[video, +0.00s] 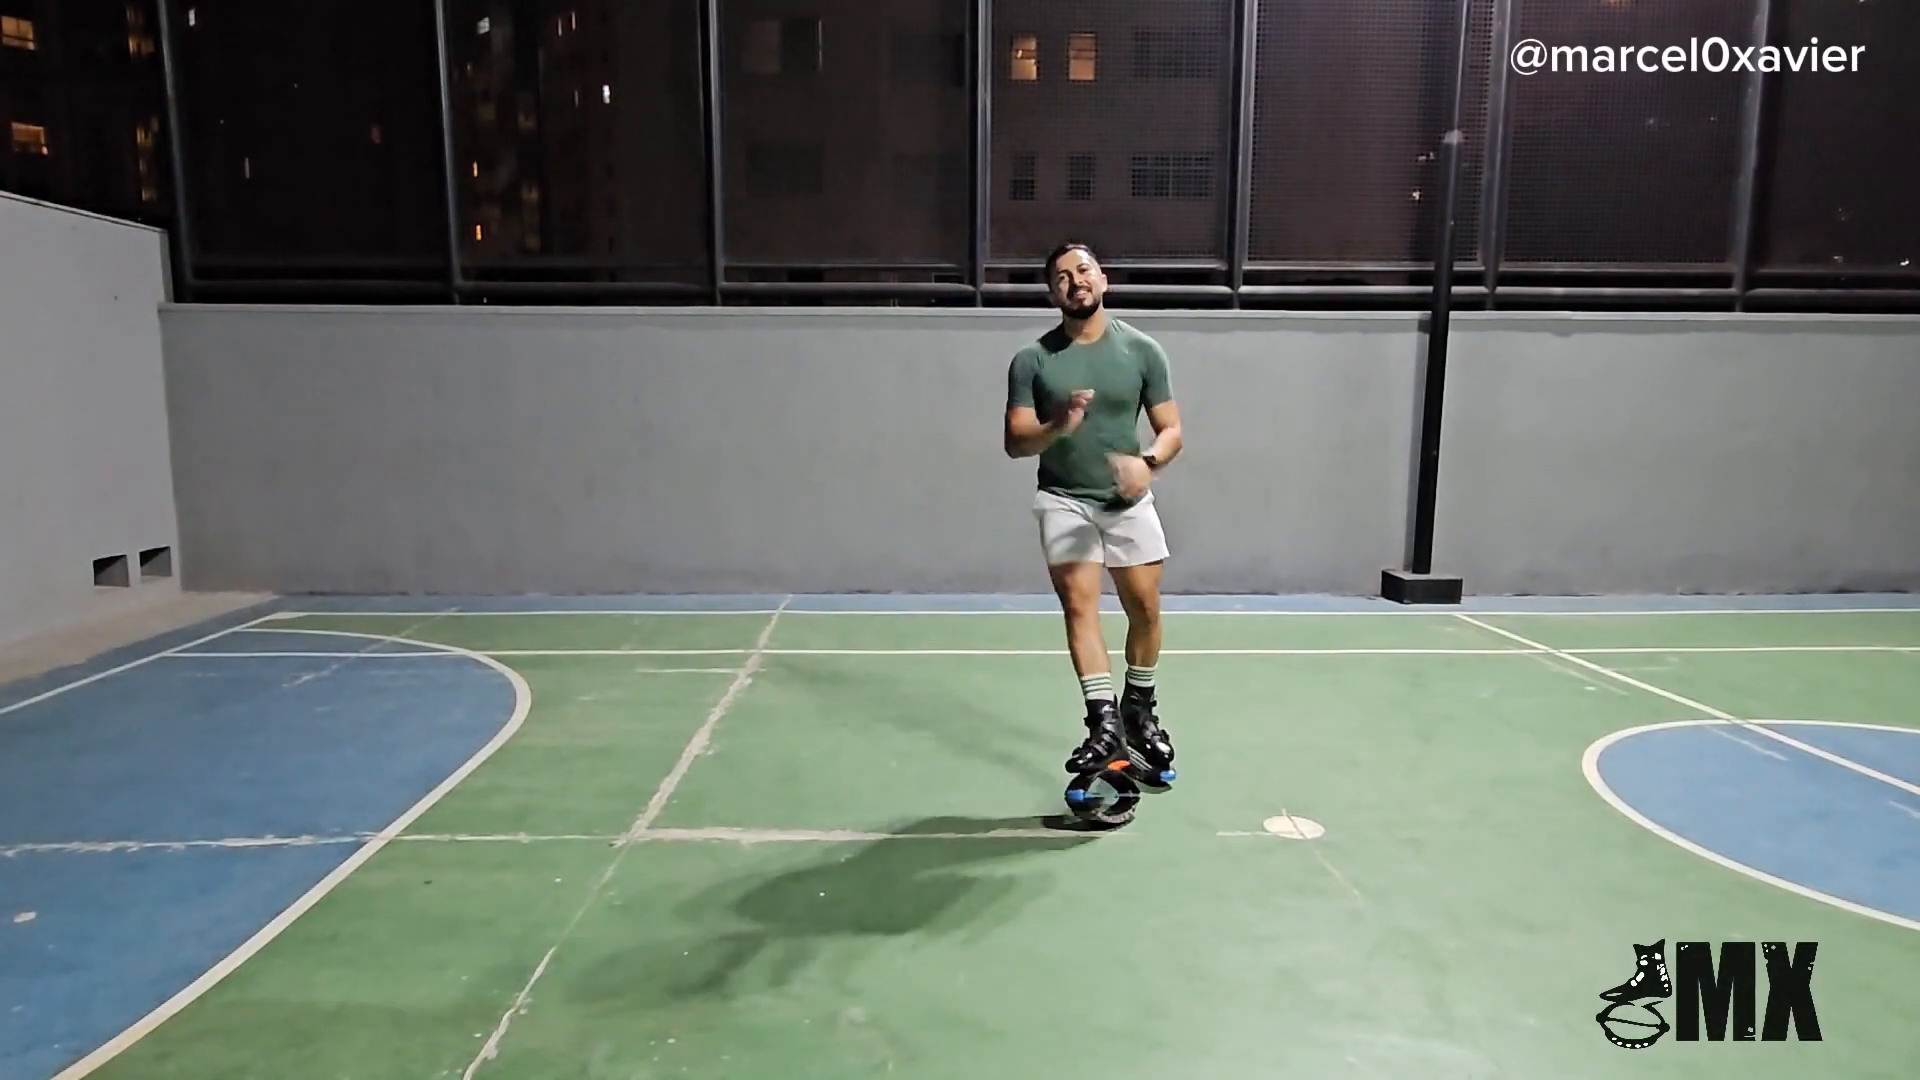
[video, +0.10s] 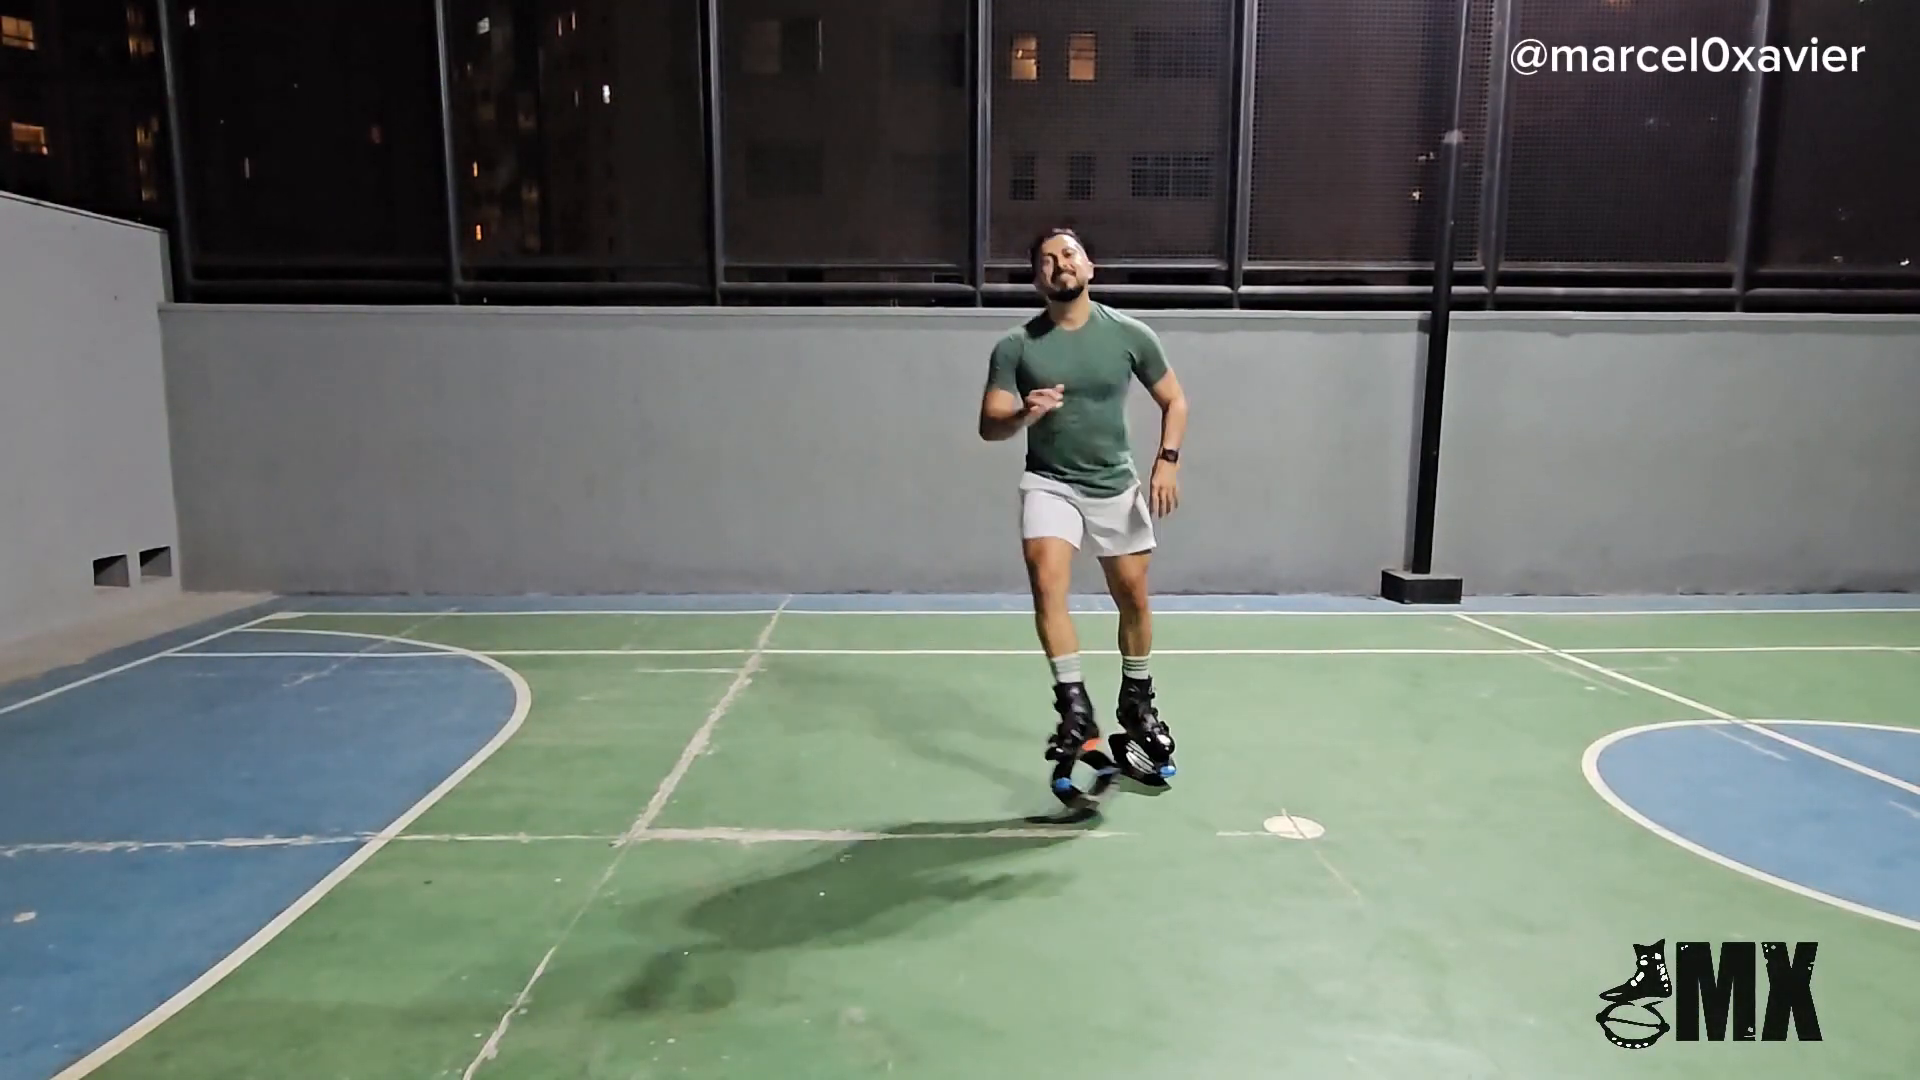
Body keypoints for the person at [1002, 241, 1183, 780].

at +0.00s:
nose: (1076, 282)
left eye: (1083, 271)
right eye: (1064, 277)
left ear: (1103, 280)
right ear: (1053, 294)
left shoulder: (1142, 351)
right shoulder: (1031, 360)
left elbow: (1171, 431)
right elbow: (1017, 441)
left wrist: (1149, 463)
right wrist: (1058, 427)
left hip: (1130, 501)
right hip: (1065, 503)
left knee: (1146, 609)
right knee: (1078, 606)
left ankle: (1140, 713)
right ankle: (1103, 728)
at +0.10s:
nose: (1061, 265)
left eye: (1069, 255)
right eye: (1049, 260)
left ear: (1090, 268)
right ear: (1037, 280)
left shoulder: (1131, 336)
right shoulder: (1015, 346)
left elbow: (1174, 402)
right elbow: (989, 426)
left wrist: (1167, 462)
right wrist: (1023, 414)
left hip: (1117, 485)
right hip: (1049, 483)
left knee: (1133, 594)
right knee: (1046, 584)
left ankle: (1137, 706)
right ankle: (1074, 713)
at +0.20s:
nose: (1042, 251)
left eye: (1051, 242)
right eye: (1031, 247)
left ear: (1072, 259)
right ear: (1018, 270)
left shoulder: (1109, 319)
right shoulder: (996, 336)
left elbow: (1162, 368)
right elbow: (962, 408)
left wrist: (1153, 429)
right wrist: (984, 422)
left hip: (1097, 475)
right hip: (1031, 473)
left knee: (1118, 588)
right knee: (1020, 578)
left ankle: (1134, 700)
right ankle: (1027, 701)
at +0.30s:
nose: (1022, 260)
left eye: (1030, 250)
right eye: (1010, 254)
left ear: (1049, 265)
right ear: (997, 274)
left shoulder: (1081, 322)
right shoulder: (975, 340)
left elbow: (1137, 359)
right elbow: (935, 413)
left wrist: (1122, 411)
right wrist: (939, 454)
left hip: (1077, 482)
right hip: (1011, 482)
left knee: (1105, 590)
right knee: (992, 592)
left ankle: (1130, 700)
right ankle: (976, 713)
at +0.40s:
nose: (998, 271)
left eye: (1006, 262)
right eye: (986, 265)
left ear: (1025, 275)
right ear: (971, 284)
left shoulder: (1052, 337)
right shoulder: (950, 349)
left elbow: (1107, 385)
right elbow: (914, 429)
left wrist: (1084, 414)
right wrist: (898, 499)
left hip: (1048, 494)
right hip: (979, 497)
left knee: (1085, 597)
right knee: (969, 608)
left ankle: (1120, 701)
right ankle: (962, 732)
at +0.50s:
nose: (977, 261)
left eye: (984, 252)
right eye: (964, 256)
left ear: (1001, 267)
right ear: (948, 275)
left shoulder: (1029, 336)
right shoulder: (926, 337)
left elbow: (1065, 422)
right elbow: (887, 426)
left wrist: (1052, 393)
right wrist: (873, 507)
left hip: (1020, 487)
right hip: (955, 490)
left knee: (1060, 594)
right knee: (956, 602)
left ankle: (1077, 694)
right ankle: (958, 726)